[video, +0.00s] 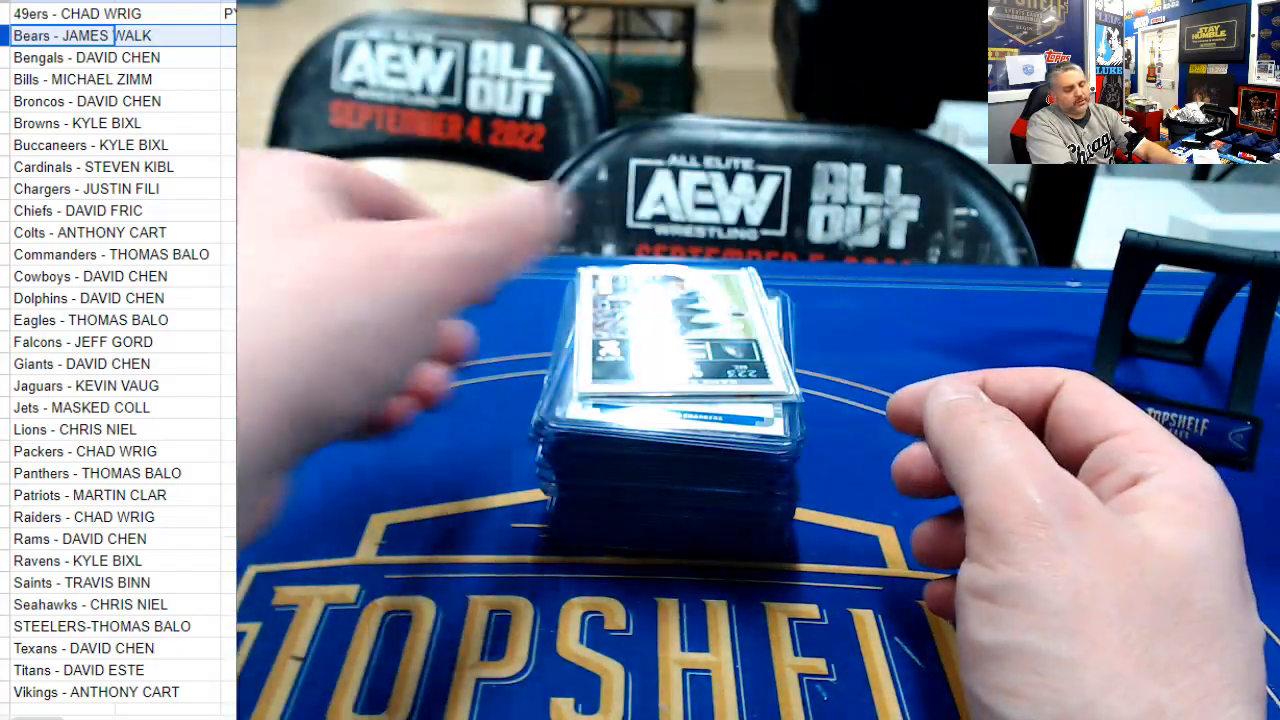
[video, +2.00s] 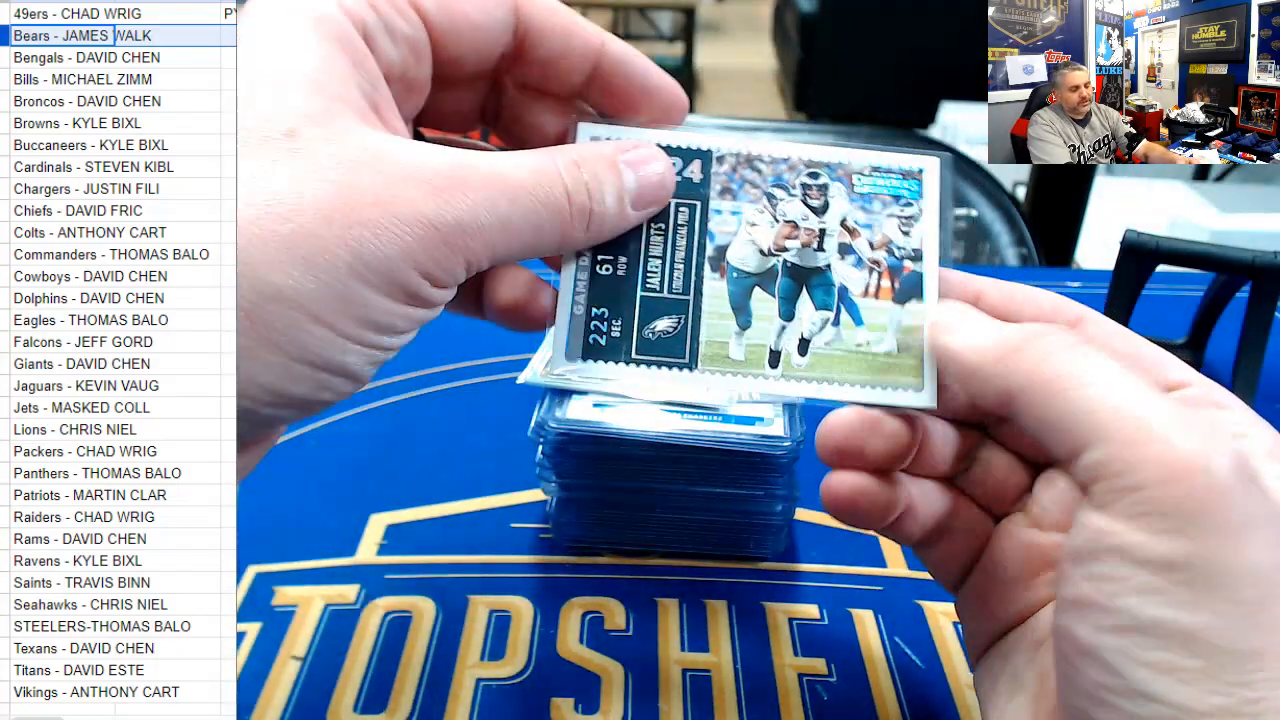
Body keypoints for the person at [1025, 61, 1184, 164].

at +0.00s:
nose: (1080, 93)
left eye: (1082, 85)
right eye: (1069, 90)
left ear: (1088, 85)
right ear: (1053, 97)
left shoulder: (1104, 114)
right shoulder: (1042, 123)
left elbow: (1146, 149)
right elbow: (1062, 174)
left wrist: (1184, 167)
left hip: (1113, 188)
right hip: (1070, 197)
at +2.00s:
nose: (1085, 94)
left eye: (1087, 86)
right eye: (1074, 90)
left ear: (1091, 85)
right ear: (1057, 95)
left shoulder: (1106, 114)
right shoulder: (1043, 122)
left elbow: (1145, 149)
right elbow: (1062, 176)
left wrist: (1178, 161)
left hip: (1114, 186)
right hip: (1072, 197)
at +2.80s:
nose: (1081, 96)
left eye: (1084, 87)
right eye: (1070, 91)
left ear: (1089, 87)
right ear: (1053, 98)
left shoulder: (1103, 114)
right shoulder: (1041, 124)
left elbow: (1146, 149)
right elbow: (1060, 178)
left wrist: (1192, 156)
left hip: (1111, 187)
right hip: (1069, 198)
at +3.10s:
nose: (1080, 95)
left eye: (1081, 85)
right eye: (1068, 91)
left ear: (1087, 84)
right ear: (1052, 99)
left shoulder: (1104, 114)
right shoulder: (1041, 124)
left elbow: (1147, 150)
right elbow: (1060, 179)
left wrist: (1190, 163)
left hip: (1112, 188)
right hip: (1070, 199)